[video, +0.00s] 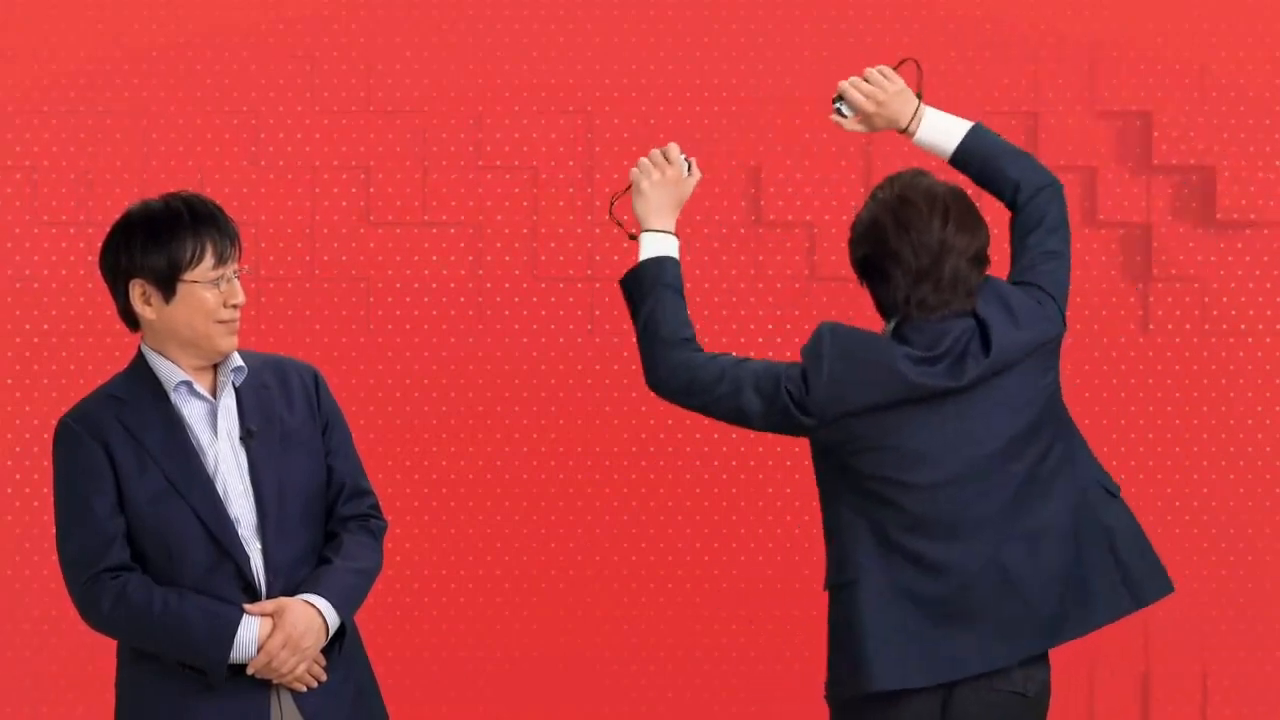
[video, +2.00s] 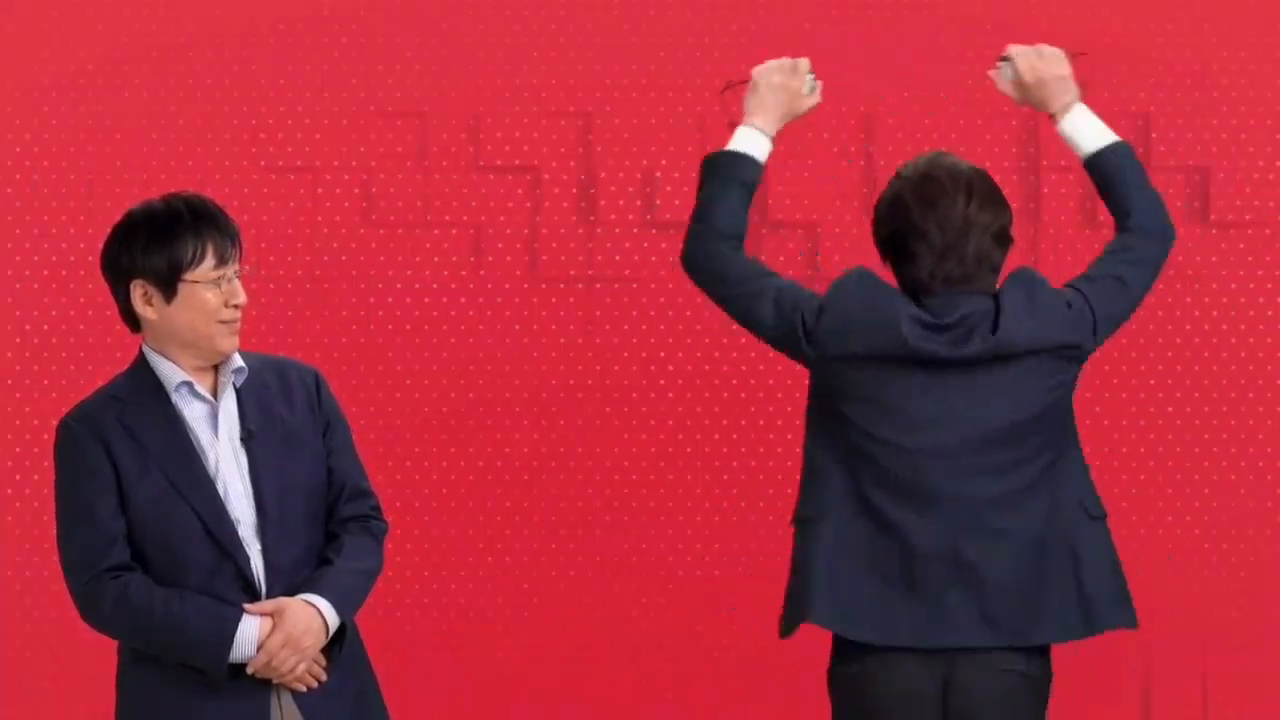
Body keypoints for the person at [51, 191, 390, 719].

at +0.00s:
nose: (237, 298)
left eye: (235, 278)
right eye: (214, 282)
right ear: (146, 300)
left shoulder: (301, 389)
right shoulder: (92, 432)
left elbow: (361, 523)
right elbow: (103, 590)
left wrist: (320, 612)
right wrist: (251, 639)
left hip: (334, 700)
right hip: (192, 708)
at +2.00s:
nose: (238, 298)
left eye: (236, 278)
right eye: (214, 282)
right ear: (147, 300)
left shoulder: (302, 390)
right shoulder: (93, 433)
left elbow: (361, 525)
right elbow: (103, 591)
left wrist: (320, 612)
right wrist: (251, 639)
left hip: (333, 700)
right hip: (192, 708)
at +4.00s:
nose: (237, 297)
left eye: (235, 277)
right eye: (213, 282)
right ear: (146, 300)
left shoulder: (300, 389)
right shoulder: (91, 433)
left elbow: (360, 524)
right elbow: (102, 589)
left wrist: (319, 612)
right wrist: (250, 639)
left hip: (333, 699)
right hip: (191, 707)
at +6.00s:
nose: (237, 298)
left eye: (235, 278)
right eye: (213, 283)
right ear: (147, 301)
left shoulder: (301, 390)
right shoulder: (91, 434)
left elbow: (361, 525)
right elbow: (104, 591)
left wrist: (320, 612)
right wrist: (252, 639)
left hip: (332, 700)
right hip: (192, 708)